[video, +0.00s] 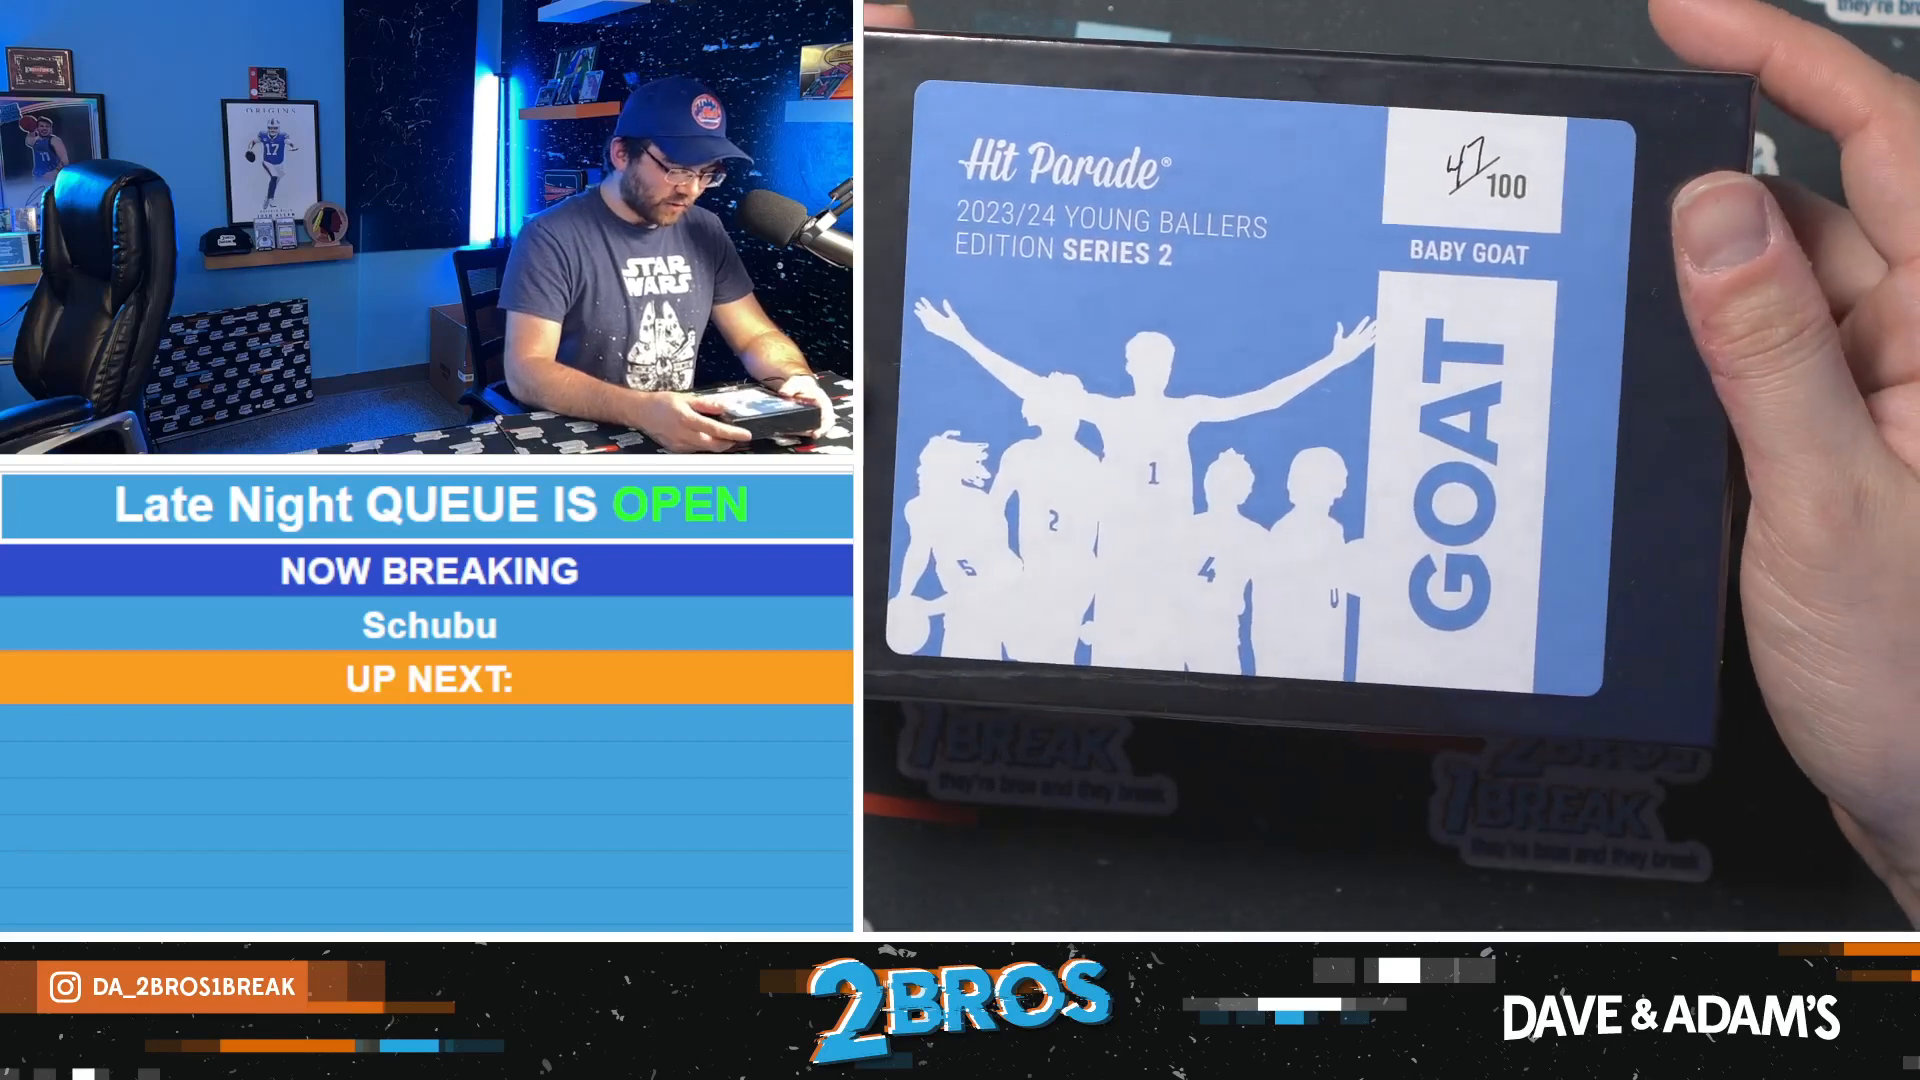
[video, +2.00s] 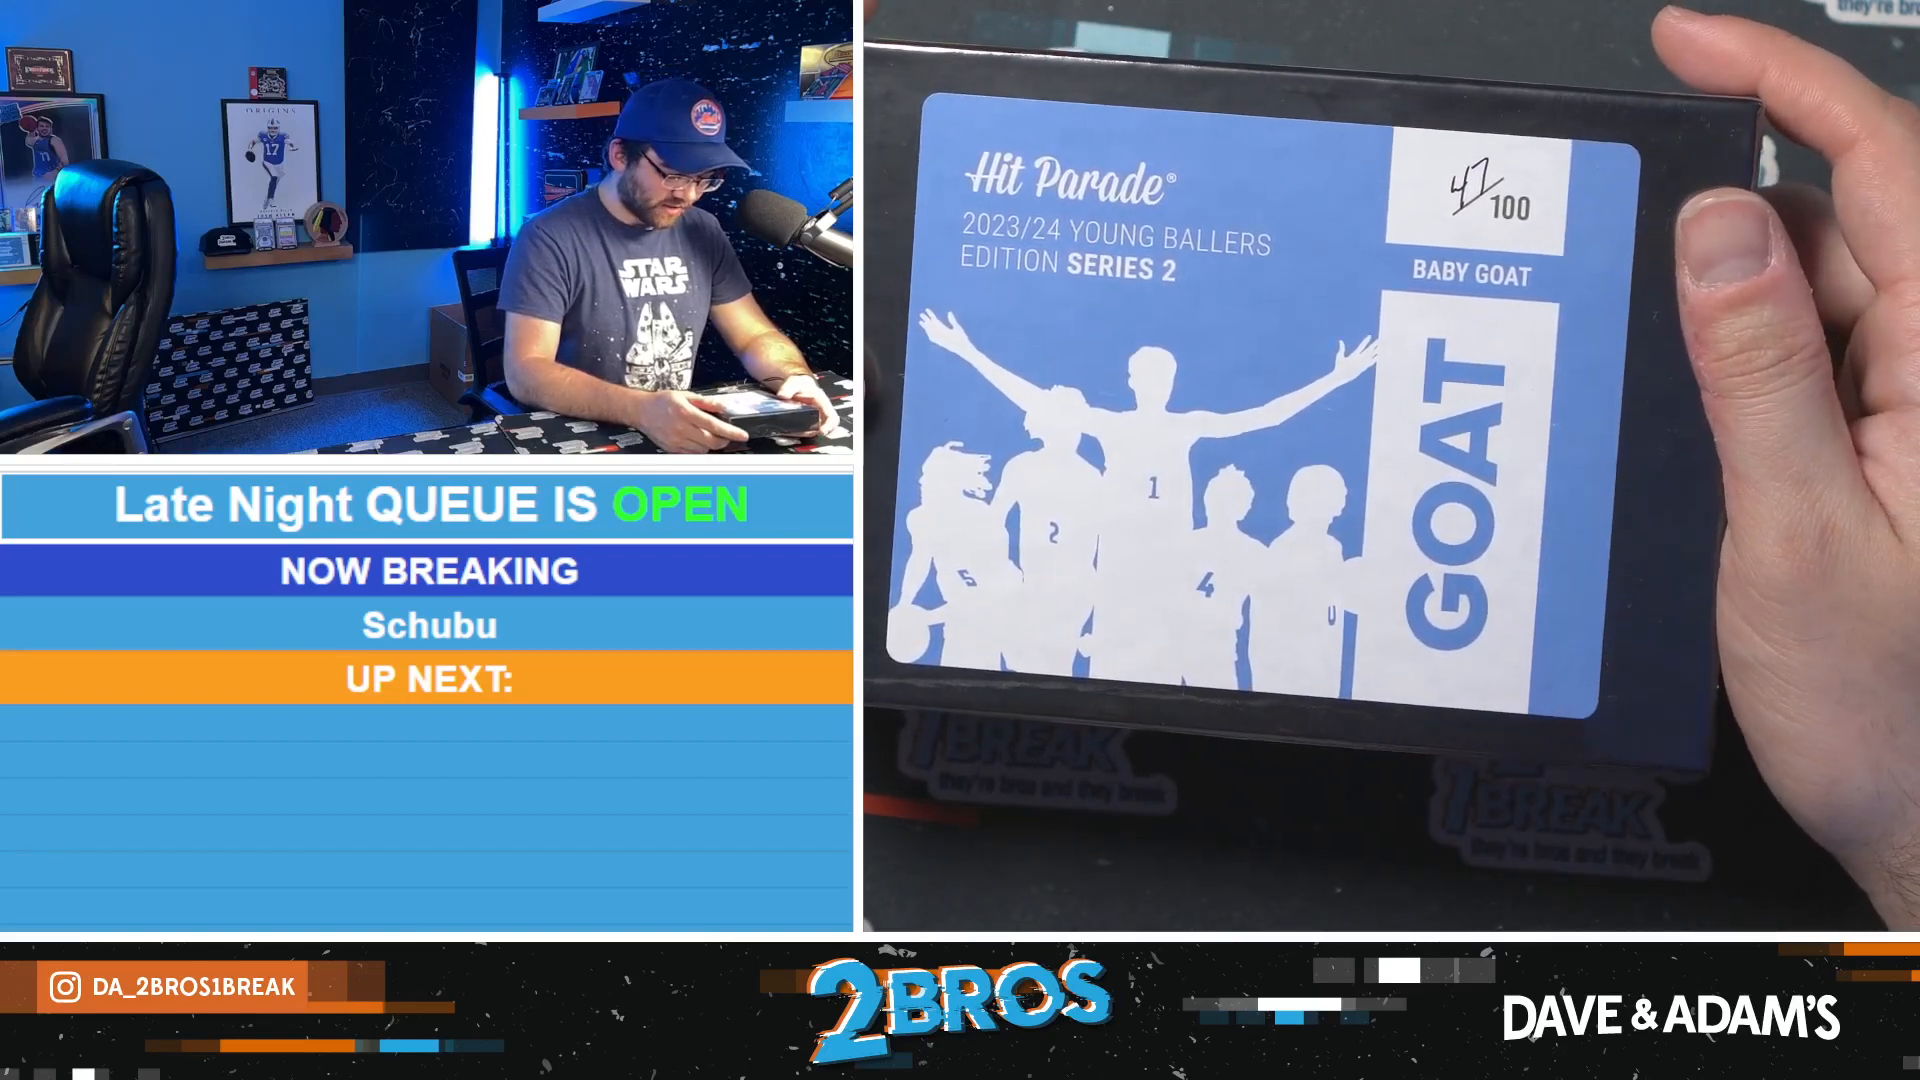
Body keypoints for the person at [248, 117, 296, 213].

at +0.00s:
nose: (273, 130)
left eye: (275, 128)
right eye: (271, 128)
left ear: (278, 128)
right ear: (268, 128)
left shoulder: (283, 136)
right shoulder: (263, 136)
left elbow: (290, 142)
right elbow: (253, 141)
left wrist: (292, 147)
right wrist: (250, 149)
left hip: (279, 164)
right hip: (267, 162)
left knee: (275, 182)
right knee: (274, 176)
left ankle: (267, 199)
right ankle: (270, 199)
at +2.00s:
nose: (273, 130)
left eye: (275, 128)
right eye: (271, 128)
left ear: (278, 128)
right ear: (268, 128)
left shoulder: (283, 136)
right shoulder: (263, 136)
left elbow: (290, 143)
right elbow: (253, 141)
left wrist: (292, 147)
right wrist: (250, 149)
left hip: (279, 164)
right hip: (267, 162)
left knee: (276, 182)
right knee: (274, 176)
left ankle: (267, 200)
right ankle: (270, 199)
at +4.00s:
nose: (273, 130)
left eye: (275, 128)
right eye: (271, 128)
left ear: (278, 128)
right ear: (268, 128)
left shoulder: (283, 136)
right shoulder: (263, 136)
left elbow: (290, 142)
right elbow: (254, 141)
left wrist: (292, 147)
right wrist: (250, 148)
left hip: (279, 164)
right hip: (267, 162)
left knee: (275, 182)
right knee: (274, 176)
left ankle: (267, 200)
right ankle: (270, 199)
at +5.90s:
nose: (273, 130)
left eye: (275, 128)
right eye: (271, 128)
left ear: (278, 128)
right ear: (268, 128)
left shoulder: (282, 137)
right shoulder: (263, 136)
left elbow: (290, 143)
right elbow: (253, 141)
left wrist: (293, 147)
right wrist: (250, 149)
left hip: (279, 164)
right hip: (267, 162)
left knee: (275, 182)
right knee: (274, 176)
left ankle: (267, 200)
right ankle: (270, 199)